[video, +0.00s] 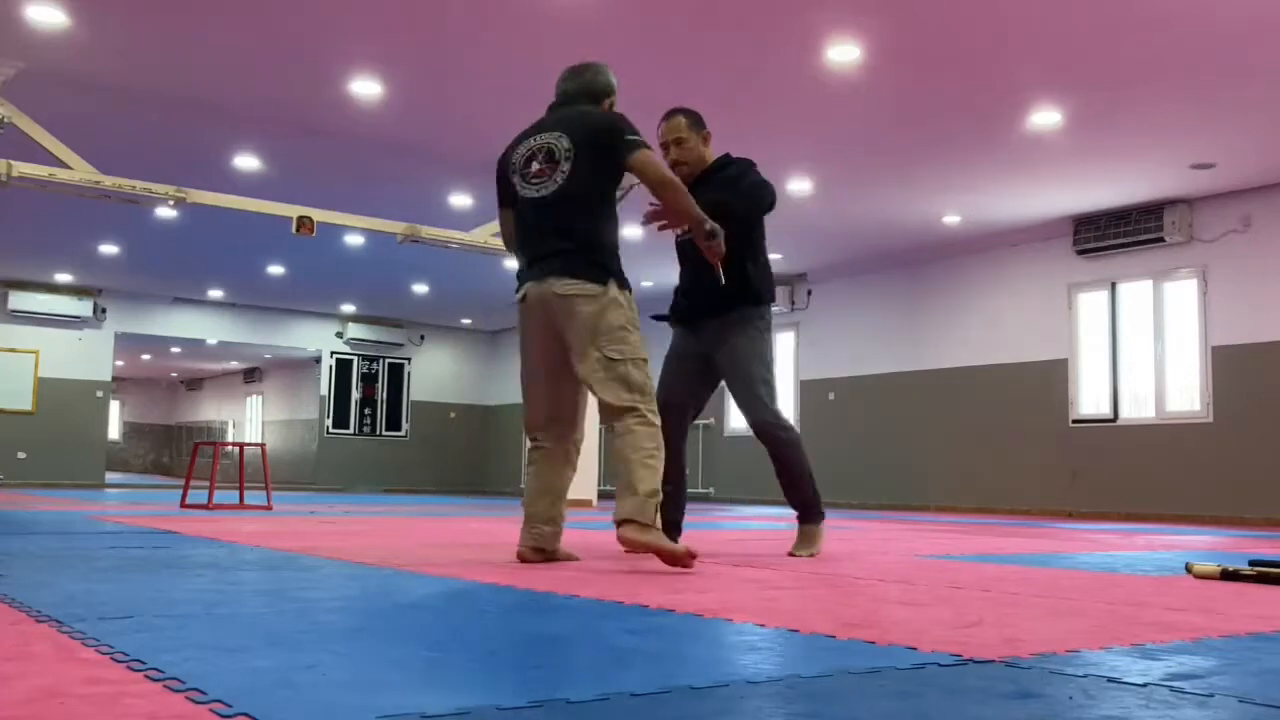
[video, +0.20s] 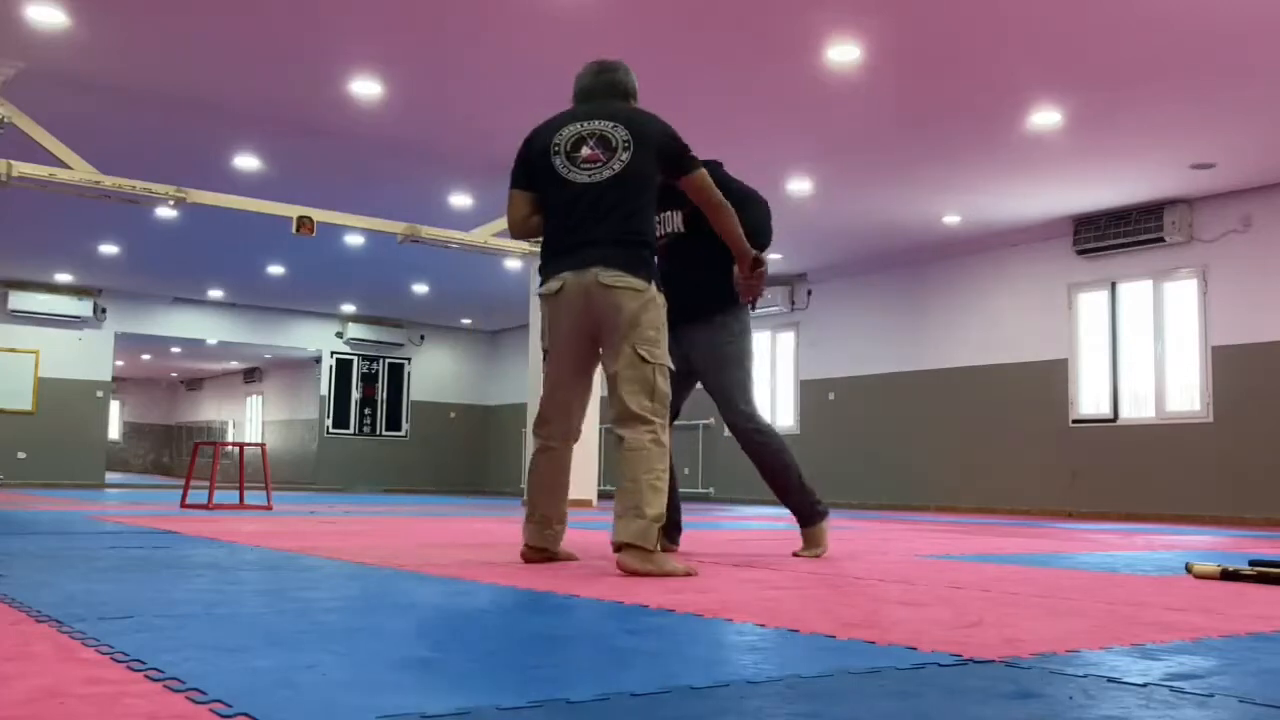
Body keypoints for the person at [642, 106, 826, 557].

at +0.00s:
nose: (672, 154)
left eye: (680, 143)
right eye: (665, 147)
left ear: (705, 141)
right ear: (661, 153)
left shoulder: (735, 171)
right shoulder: (680, 193)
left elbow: (761, 197)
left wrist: (691, 209)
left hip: (741, 320)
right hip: (692, 325)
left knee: (764, 418)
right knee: (668, 417)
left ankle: (811, 520)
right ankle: (666, 531)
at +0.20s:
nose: (648, 166)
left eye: (649, 157)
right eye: (642, 160)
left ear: (664, 152)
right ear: (641, 163)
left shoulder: (703, 176)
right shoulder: (642, 197)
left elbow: (754, 208)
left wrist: (751, 263)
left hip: (719, 321)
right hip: (669, 327)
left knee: (742, 421)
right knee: (649, 425)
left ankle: (811, 517)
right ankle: (664, 531)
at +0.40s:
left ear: (679, 148)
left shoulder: (708, 183)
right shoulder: (629, 192)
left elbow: (758, 221)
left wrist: (736, 263)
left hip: (712, 319)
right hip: (653, 324)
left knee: (760, 417)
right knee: (649, 426)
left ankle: (801, 525)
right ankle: (661, 535)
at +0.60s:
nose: (674, 154)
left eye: (680, 142)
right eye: (664, 145)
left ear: (690, 143)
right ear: (651, 152)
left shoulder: (710, 193)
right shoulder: (634, 198)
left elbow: (739, 249)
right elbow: (619, 254)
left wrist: (733, 291)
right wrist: (634, 298)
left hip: (704, 324)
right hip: (651, 326)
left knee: (745, 426)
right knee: (653, 426)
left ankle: (773, 527)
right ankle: (657, 531)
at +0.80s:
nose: (675, 149)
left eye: (682, 139)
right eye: (665, 141)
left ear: (698, 142)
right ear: (650, 146)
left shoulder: (715, 194)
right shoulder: (635, 190)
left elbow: (732, 252)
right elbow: (620, 258)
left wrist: (745, 273)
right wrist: (678, 297)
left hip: (711, 327)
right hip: (655, 331)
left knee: (751, 423)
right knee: (650, 430)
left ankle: (771, 528)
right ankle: (657, 532)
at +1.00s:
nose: (690, 153)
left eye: (698, 142)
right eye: (680, 144)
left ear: (716, 143)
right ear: (666, 147)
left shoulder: (740, 192)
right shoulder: (647, 203)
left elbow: (767, 254)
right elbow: (635, 276)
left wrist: (750, 215)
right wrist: (659, 318)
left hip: (734, 335)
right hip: (673, 338)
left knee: (777, 420)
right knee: (654, 430)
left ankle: (816, 526)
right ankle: (659, 529)